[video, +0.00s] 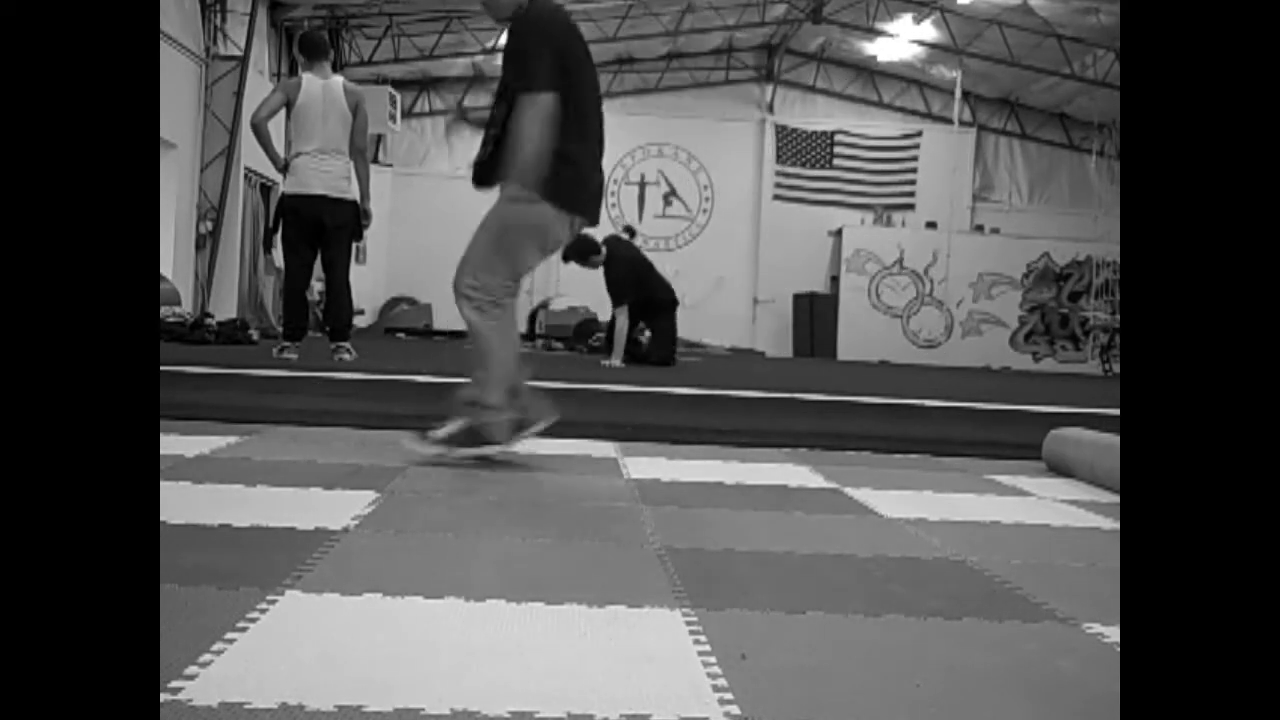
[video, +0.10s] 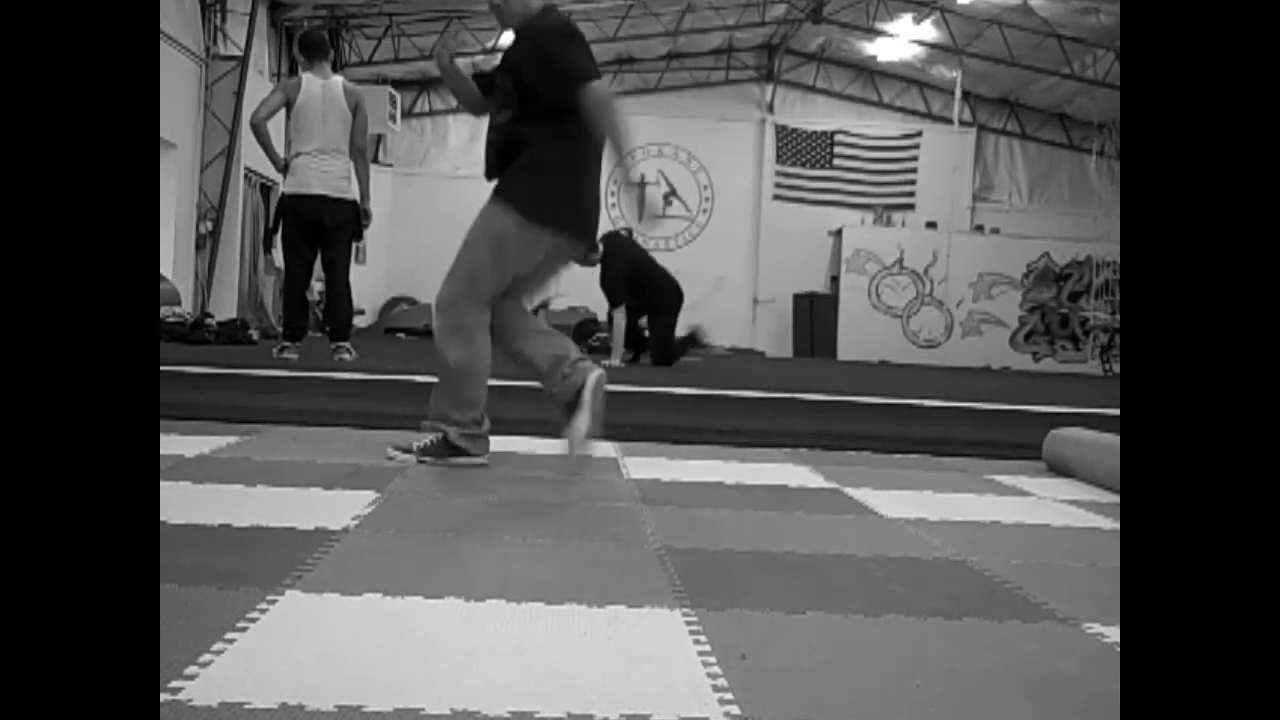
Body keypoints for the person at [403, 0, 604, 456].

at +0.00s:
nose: (486, 11)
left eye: (485, 5)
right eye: (485, 6)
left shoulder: (535, 22)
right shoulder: (548, 23)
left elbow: (538, 108)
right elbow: (539, 110)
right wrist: (474, 120)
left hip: (544, 193)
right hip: (559, 195)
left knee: (479, 288)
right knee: (488, 288)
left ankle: (492, 413)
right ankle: (514, 401)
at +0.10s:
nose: (494, 12)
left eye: (495, 5)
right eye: (492, 7)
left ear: (511, 1)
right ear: (530, 0)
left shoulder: (547, 31)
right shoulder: (525, 47)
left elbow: (599, 101)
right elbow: (478, 100)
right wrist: (446, 63)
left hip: (533, 197)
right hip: (571, 209)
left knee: (459, 300)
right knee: (497, 307)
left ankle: (462, 432)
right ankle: (573, 378)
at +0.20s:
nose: (511, 14)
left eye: (514, 5)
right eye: (509, 8)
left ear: (534, 1)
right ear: (535, 9)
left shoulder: (578, 34)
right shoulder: (531, 55)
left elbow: (646, 84)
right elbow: (486, 113)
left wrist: (654, 171)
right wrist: (453, 92)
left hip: (555, 214)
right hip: (583, 222)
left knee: (488, 305)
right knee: (535, 316)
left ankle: (462, 431)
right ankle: (602, 404)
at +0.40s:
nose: (561, 27)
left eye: (569, 14)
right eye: (556, 19)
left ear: (600, 8)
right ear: (557, 22)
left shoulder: (634, 48)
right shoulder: (575, 84)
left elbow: (645, 116)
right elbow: (579, 172)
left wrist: (570, 146)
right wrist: (569, 241)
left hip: (652, 214)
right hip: (603, 224)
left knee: (604, 304)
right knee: (590, 338)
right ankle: (651, 449)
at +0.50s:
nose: (594, 3)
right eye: (594, 3)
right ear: (605, 4)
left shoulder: (667, 28)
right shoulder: (605, 55)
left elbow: (679, 100)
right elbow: (621, 141)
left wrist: (592, 133)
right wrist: (593, 199)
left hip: (677, 191)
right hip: (625, 202)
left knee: (658, 277)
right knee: (618, 321)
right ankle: (652, 447)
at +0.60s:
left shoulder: (709, 5)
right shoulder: (628, 15)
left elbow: (723, 79)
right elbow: (630, 93)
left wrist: (644, 115)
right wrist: (616, 115)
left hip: (710, 145)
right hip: (655, 153)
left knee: (698, 264)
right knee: (637, 291)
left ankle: (793, 337)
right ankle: (663, 418)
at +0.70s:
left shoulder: (748, 7)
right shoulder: (661, 13)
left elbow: (757, 82)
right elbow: (618, 91)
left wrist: (671, 95)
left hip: (736, 171)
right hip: (677, 171)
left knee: (741, 285)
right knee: (656, 290)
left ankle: (786, 400)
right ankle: (674, 415)